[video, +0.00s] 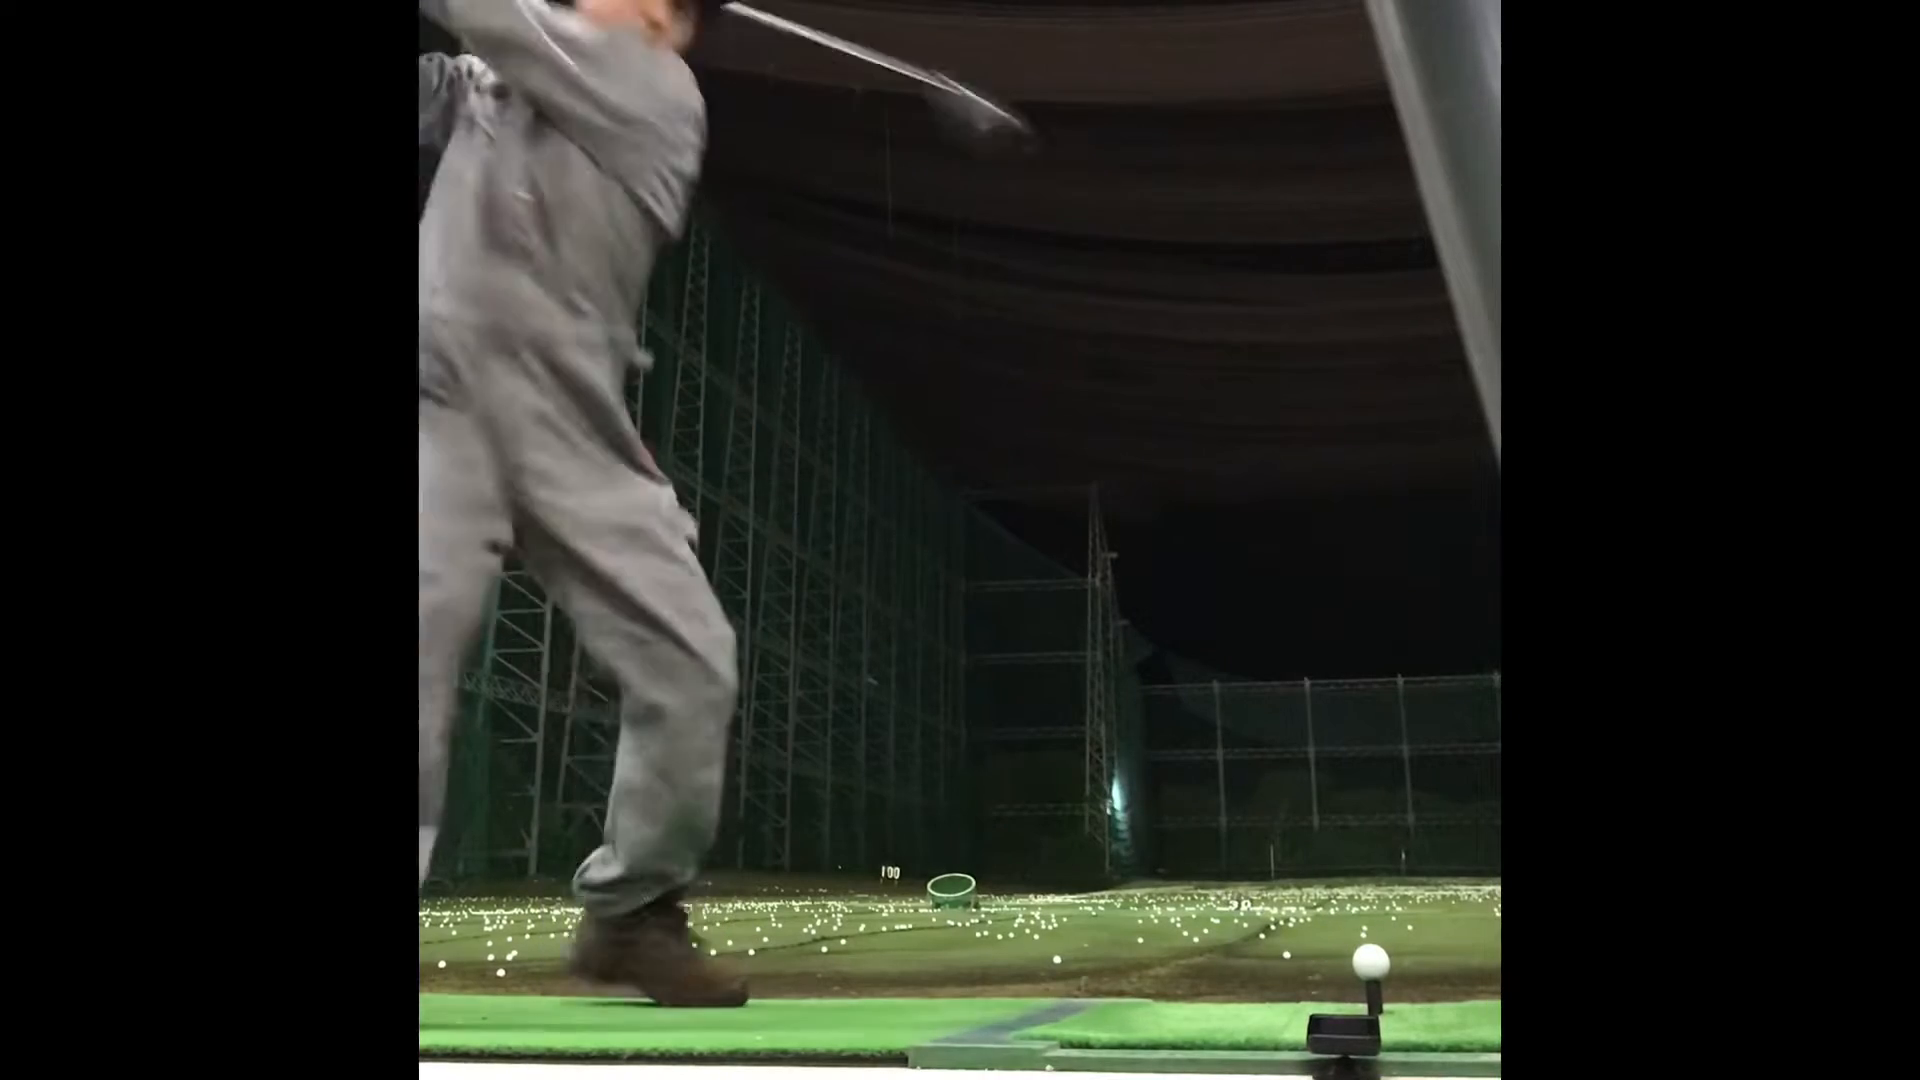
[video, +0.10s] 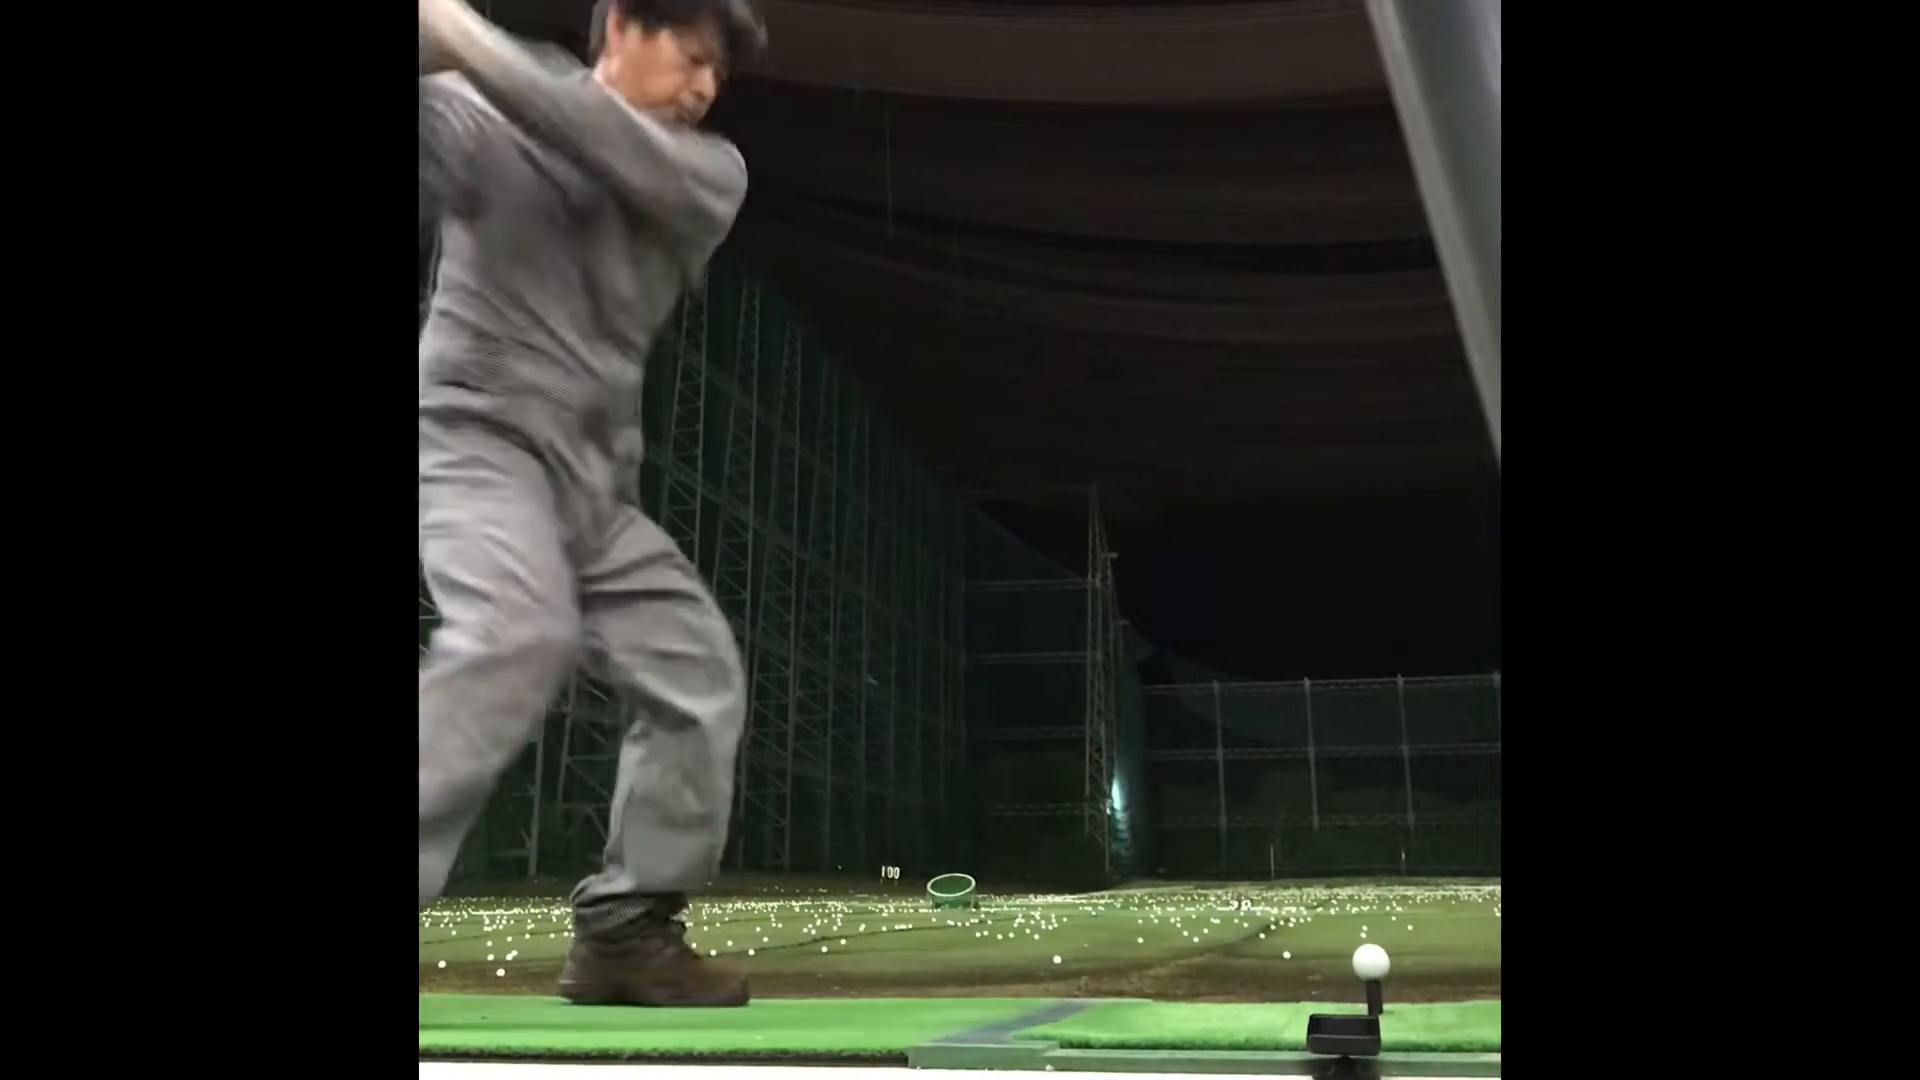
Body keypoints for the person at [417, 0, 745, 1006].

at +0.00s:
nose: (586, 10)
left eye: (615, 4)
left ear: (668, 21)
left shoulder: (660, 93)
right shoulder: (485, 78)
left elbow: (485, 18)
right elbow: (425, 76)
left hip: (578, 428)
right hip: (442, 410)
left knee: (689, 663)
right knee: (429, 631)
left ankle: (629, 915)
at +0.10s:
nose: (705, 86)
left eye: (717, 72)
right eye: (689, 55)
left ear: (727, 86)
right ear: (615, 29)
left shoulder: (711, 176)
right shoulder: (493, 127)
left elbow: (600, 139)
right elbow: (430, 112)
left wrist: (468, 37)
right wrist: (434, 55)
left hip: (593, 493)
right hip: (467, 450)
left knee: (696, 667)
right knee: (517, 635)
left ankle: (625, 933)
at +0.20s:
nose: (701, 62)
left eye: (710, 43)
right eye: (689, 36)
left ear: (646, 21)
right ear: (617, 9)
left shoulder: (655, 95)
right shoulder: (539, 96)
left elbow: (712, 219)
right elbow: (608, 283)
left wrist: (763, 343)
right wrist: (729, 400)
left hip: (559, 396)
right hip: (485, 385)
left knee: (598, 621)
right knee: (519, 604)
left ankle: (623, 909)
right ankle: (426, 872)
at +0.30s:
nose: (730, 63)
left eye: (741, 43)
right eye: (729, 37)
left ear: (646, 8)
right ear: (661, 9)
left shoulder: (524, 17)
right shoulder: (640, 131)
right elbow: (705, 244)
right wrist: (735, 278)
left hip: (467, 344)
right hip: (532, 368)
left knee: (482, 607)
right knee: (480, 611)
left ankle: (466, 906)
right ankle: (466, 912)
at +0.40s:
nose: (759, 72)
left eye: (772, 55)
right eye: (766, 49)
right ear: (732, 30)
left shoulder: (527, 12)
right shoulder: (725, 132)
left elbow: (425, 36)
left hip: (435, 322)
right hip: (564, 356)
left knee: (440, 605)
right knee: (510, 599)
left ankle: (459, 924)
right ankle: (423, 865)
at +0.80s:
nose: (692, 25)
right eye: (694, 19)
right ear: (683, 15)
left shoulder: (507, 37)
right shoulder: (671, 107)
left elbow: (433, 39)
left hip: (434, 328)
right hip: (542, 358)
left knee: (435, 627)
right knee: (522, 607)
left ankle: (454, 941)